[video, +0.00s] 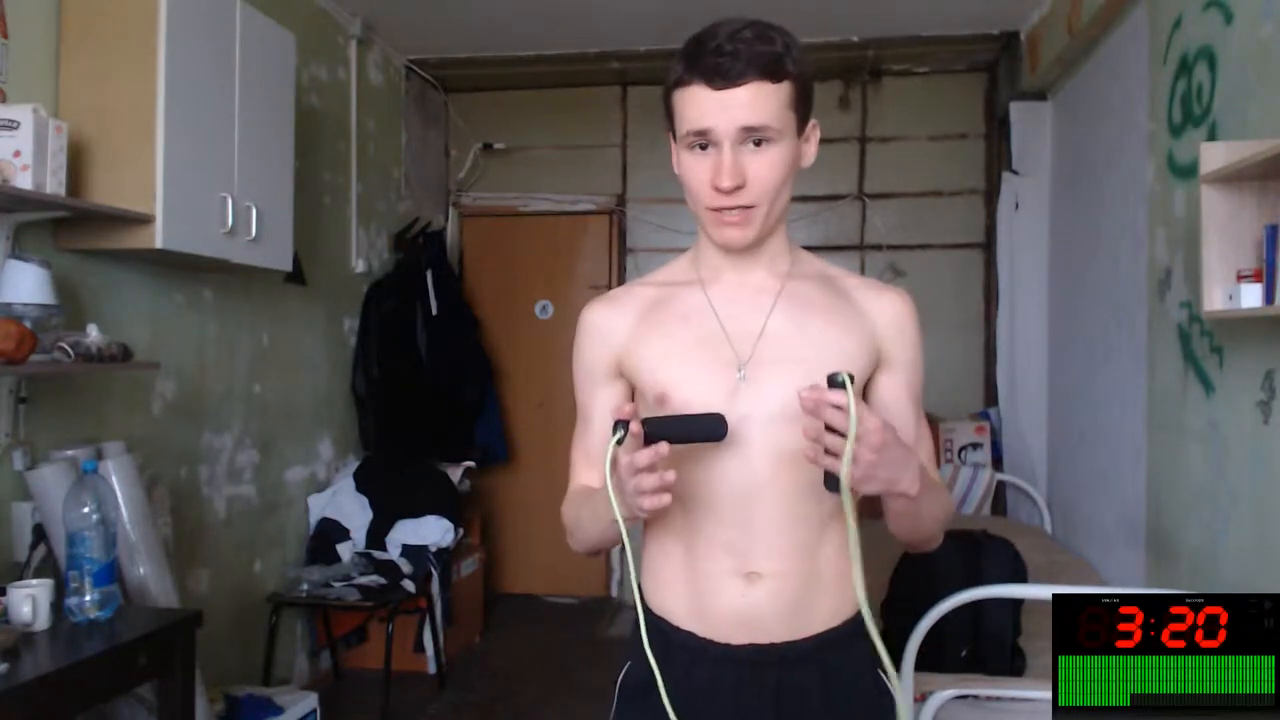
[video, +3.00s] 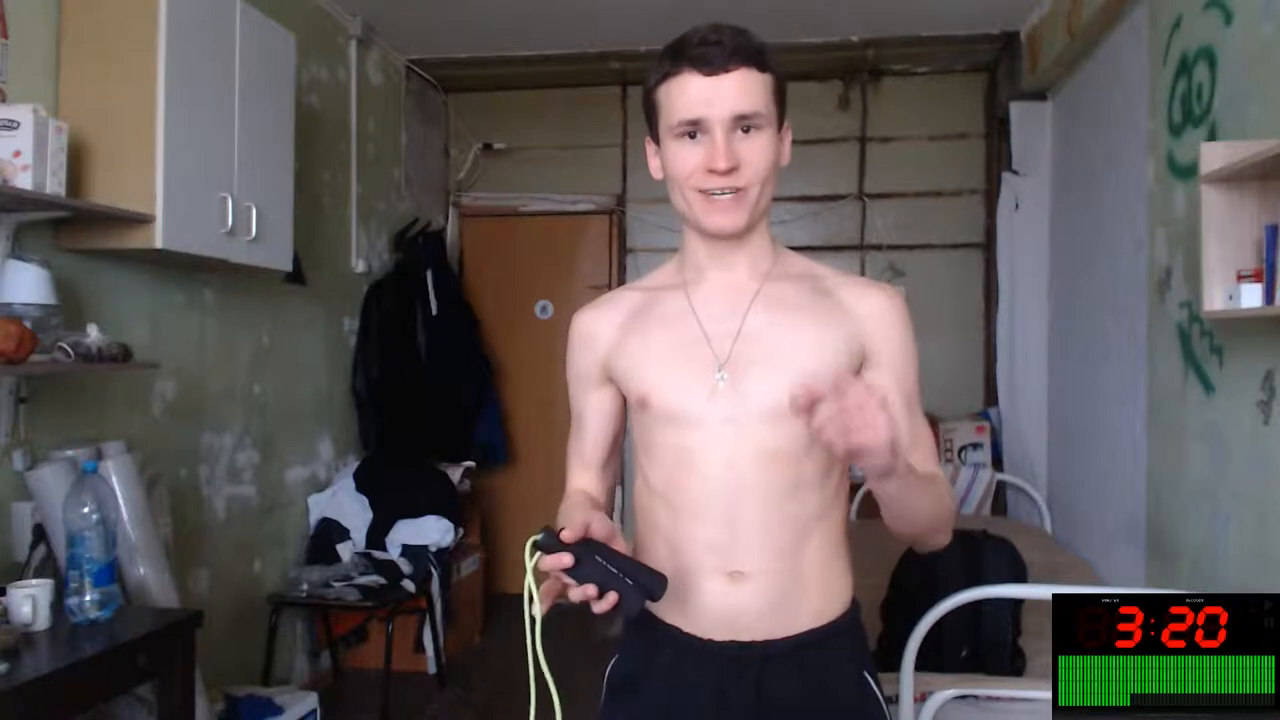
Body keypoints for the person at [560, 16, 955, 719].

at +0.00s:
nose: (727, 176)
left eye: (756, 141)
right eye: (701, 145)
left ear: (806, 146)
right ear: (674, 156)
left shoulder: (879, 314)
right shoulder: (614, 323)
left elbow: (925, 532)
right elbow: (579, 529)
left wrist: (904, 477)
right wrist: (615, 500)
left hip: (835, 675)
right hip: (676, 678)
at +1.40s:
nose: (702, 137)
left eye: (728, 112)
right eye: (674, 120)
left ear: (772, 141)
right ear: (647, 161)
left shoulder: (865, 307)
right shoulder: (604, 333)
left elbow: (929, 514)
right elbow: (576, 523)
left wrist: (807, 497)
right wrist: (628, 539)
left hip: (820, 675)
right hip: (665, 677)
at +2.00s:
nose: (726, 124)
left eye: (755, 108)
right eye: (700, 105)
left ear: (789, 152)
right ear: (662, 147)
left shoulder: (868, 303)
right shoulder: (603, 327)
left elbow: (948, 517)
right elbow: (573, 506)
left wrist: (833, 415)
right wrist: (602, 536)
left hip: (826, 669)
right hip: (671, 670)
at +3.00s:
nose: (721, 160)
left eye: (746, 128)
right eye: (692, 134)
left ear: (783, 145)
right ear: (654, 157)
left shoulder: (867, 313)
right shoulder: (605, 328)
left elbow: (932, 532)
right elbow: (585, 491)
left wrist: (888, 468)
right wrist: (591, 543)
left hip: (818, 671)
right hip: (664, 669)